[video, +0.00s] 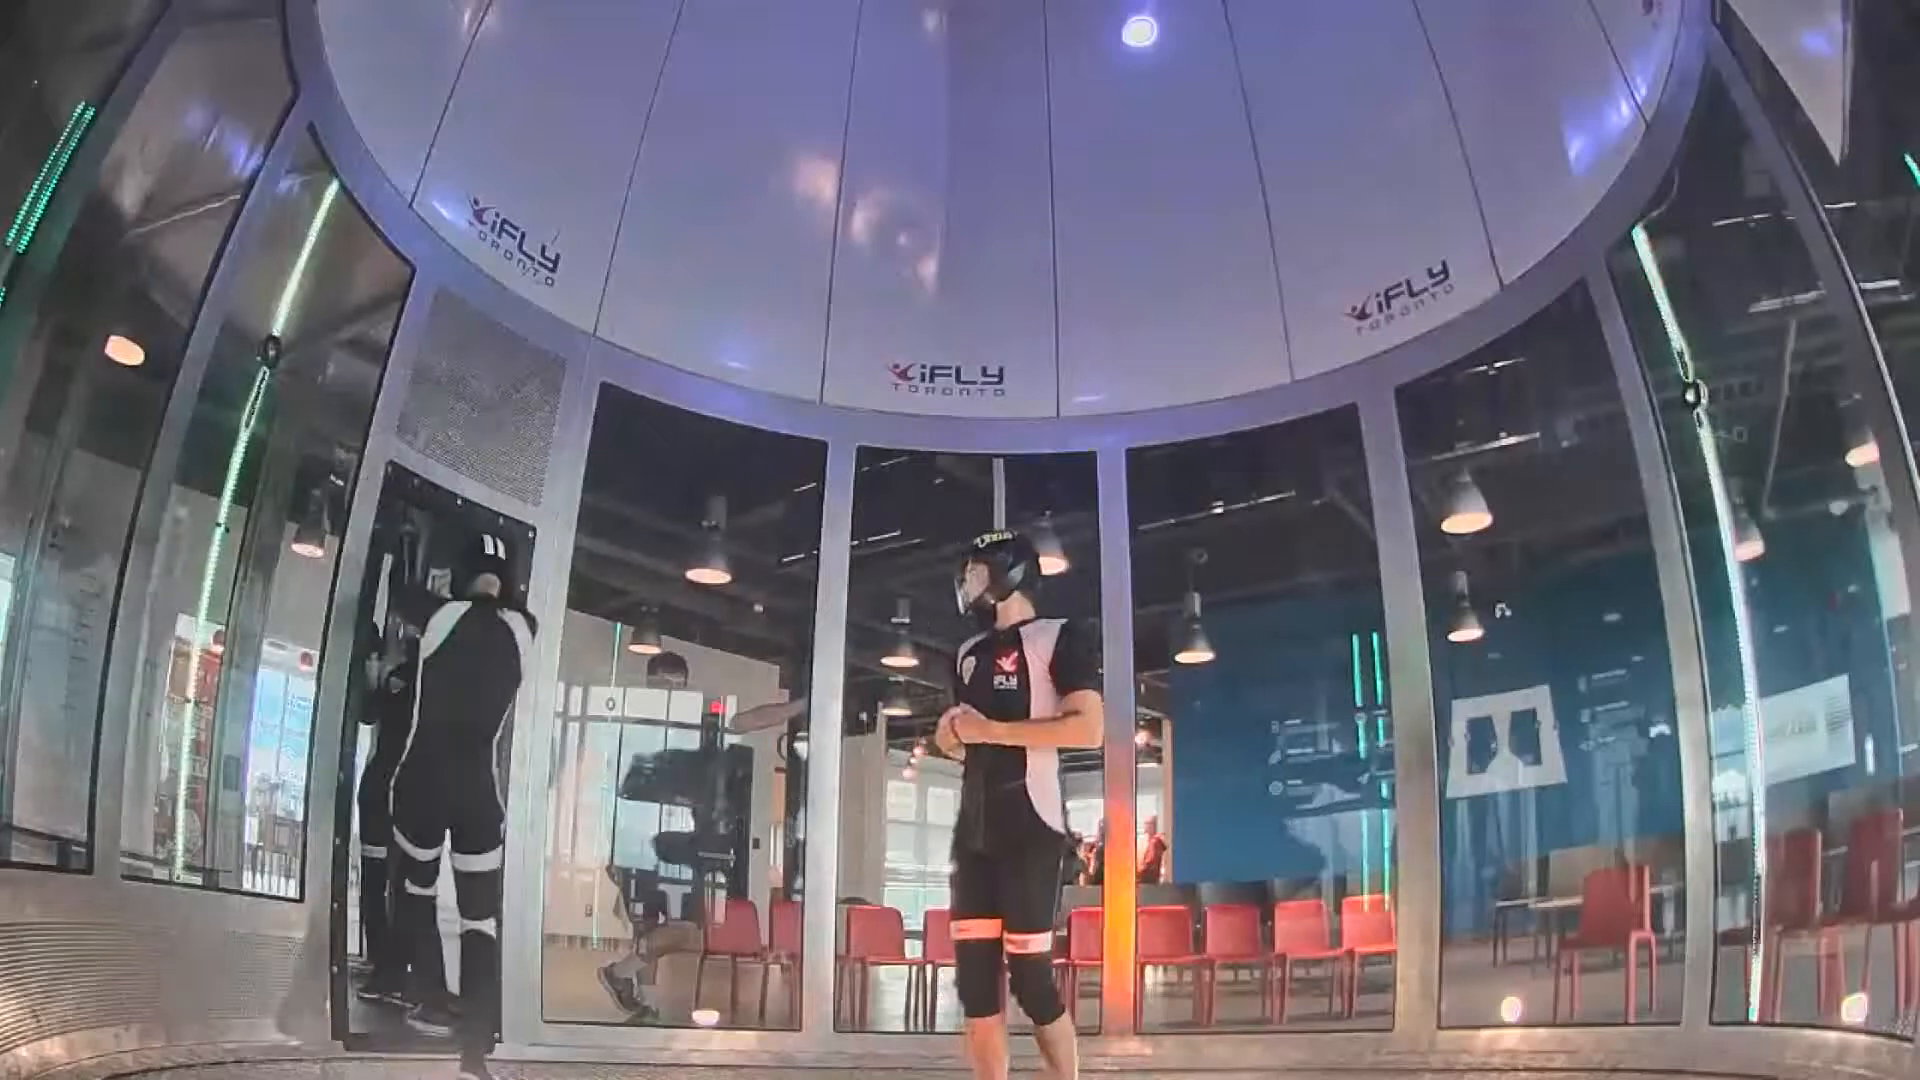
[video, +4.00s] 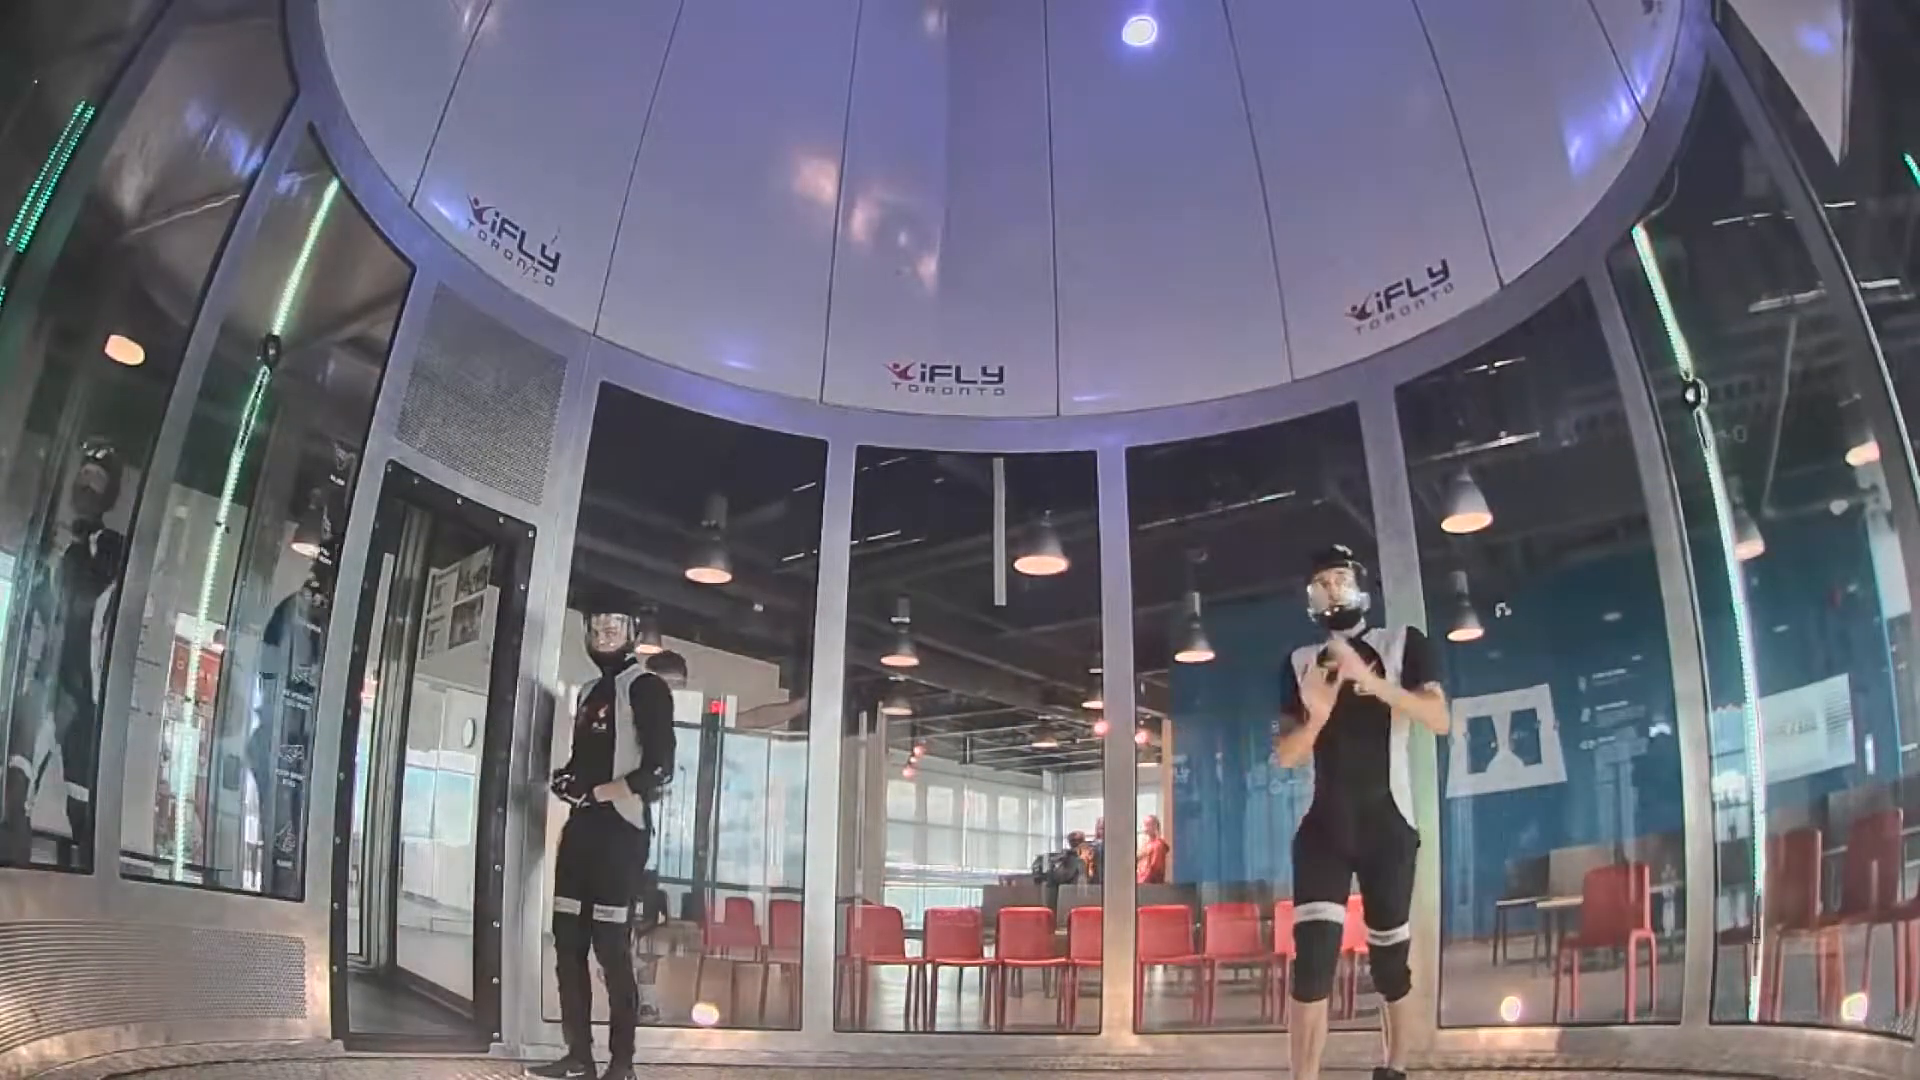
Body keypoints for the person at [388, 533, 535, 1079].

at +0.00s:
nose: (486, 595)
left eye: (471, 588)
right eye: (498, 594)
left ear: (465, 593)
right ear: (504, 599)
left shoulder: (438, 615)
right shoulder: (520, 631)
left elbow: (396, 592)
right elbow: (523, 611)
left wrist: (393, 543)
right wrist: (494, 593)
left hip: (421, 776)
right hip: (481, 783)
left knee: (419, 898)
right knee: (482, 916)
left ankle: (431, 1003)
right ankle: (478, 1045)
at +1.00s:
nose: (430, 635)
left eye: (438, 628)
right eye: (424, 626)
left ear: (446, 634)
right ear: (410, 627)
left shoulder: (448, 683)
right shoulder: (393, 673)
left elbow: (449, 743)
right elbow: (376, 731)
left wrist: (437, 794)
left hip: (421, 796)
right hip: (383, 791)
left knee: (420, 896)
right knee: (381, 892)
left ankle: (412, 978)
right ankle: (378, 978)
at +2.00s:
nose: (446, 608)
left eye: (455, 602)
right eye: (440, 599)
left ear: (466, 607)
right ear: (427, 601)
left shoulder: (473, 662)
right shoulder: (399, 645)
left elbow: (479, 731)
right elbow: (367, 708)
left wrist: (473, 789)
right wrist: (397, 688)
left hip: (444, 784)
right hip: (394, 778)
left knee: (434, 895)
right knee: (385, 887)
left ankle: (418, 994)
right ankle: (386, 996)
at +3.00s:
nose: (494, 611)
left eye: (505, 603)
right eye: (487, 602)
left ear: (523, 607)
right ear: (476, 607)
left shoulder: (545, 656)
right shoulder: (470, 669)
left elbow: (613, 681)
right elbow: (432, 730)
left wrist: (562, 680)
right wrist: (436, 699)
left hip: (530, 815)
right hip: (481, 808)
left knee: (517, 936)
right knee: (431, 913)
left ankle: (541, 1056)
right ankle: (453, 1022)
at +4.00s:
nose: (605, 633)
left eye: (614, 626)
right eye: (598, 627)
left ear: (631, 632)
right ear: (590, 634)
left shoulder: (646, 686)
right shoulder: (590, 691)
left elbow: (661, 767)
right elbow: (584, 759)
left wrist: (599, 790)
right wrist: (568, 778)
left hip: (622, 827)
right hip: (581, 822)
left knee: (611, 943)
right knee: (568, 942)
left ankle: (621, 1061)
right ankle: (579, 1056)